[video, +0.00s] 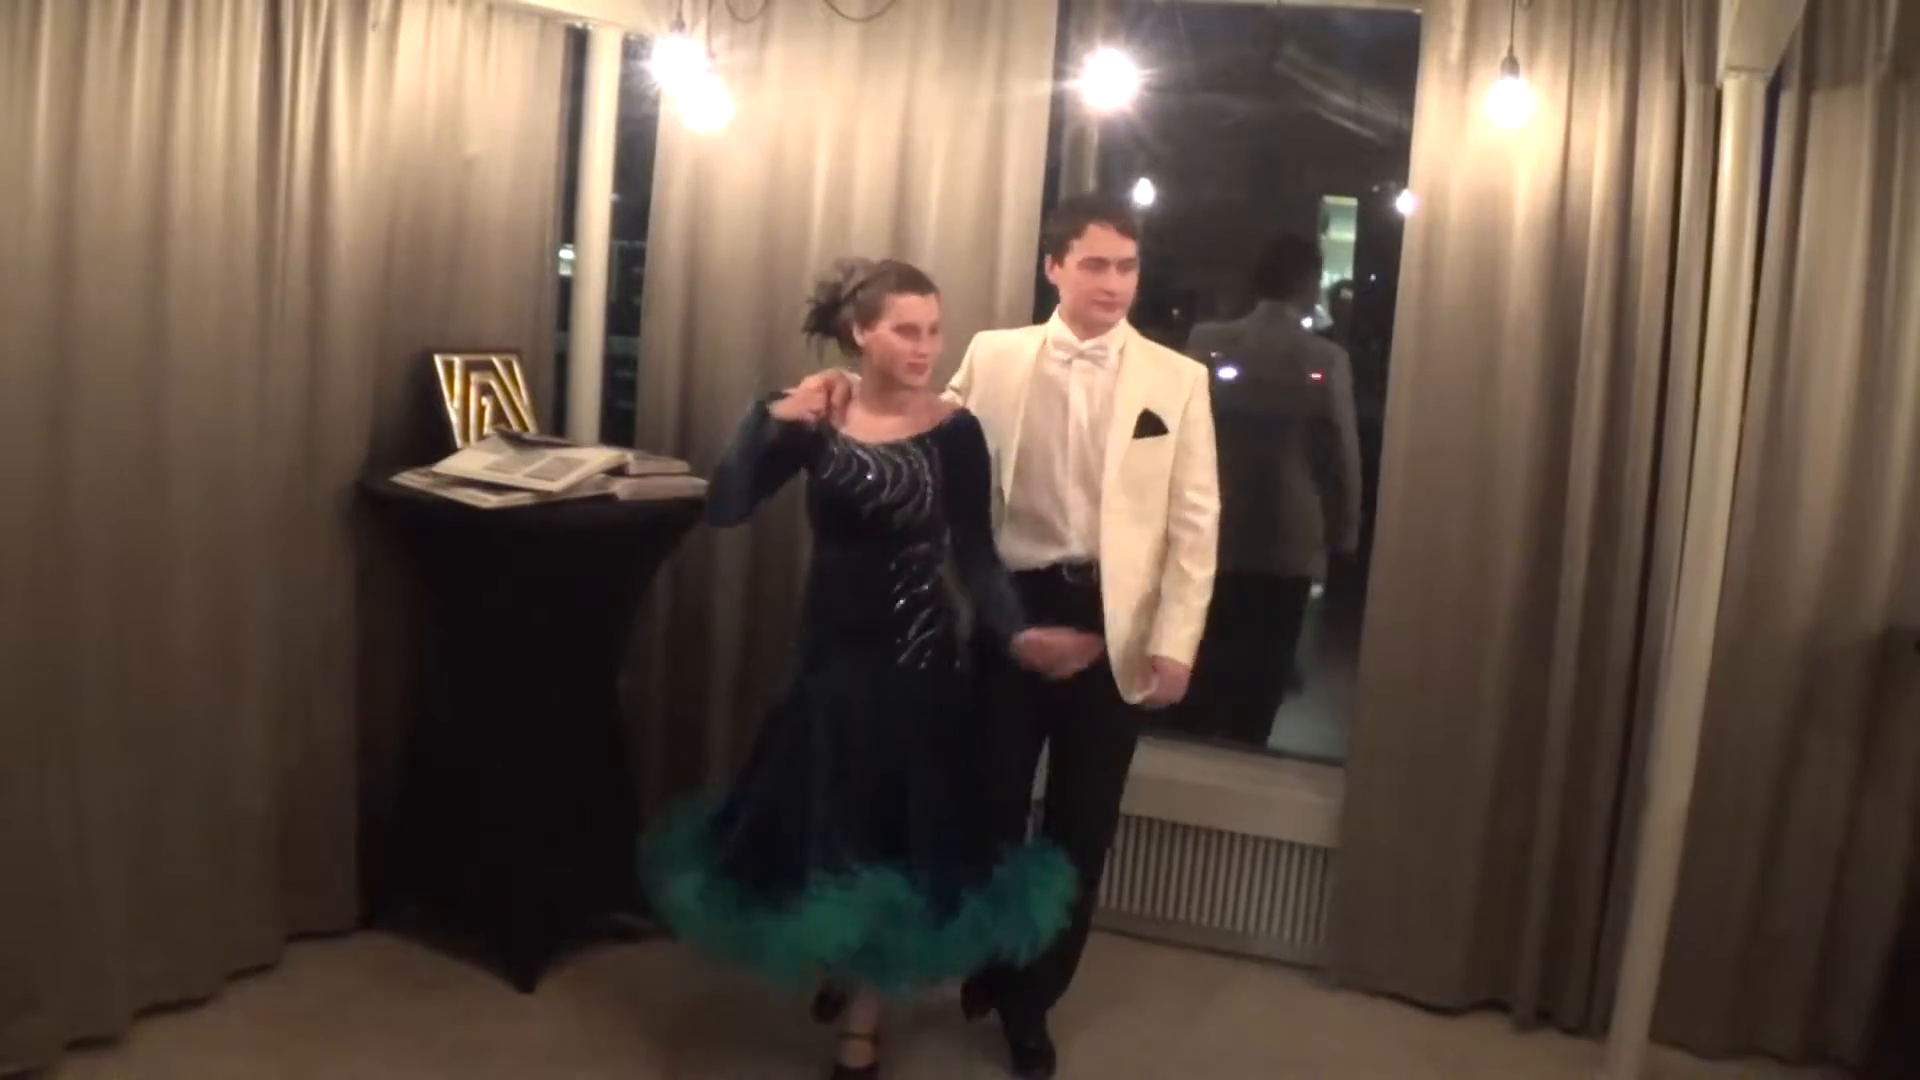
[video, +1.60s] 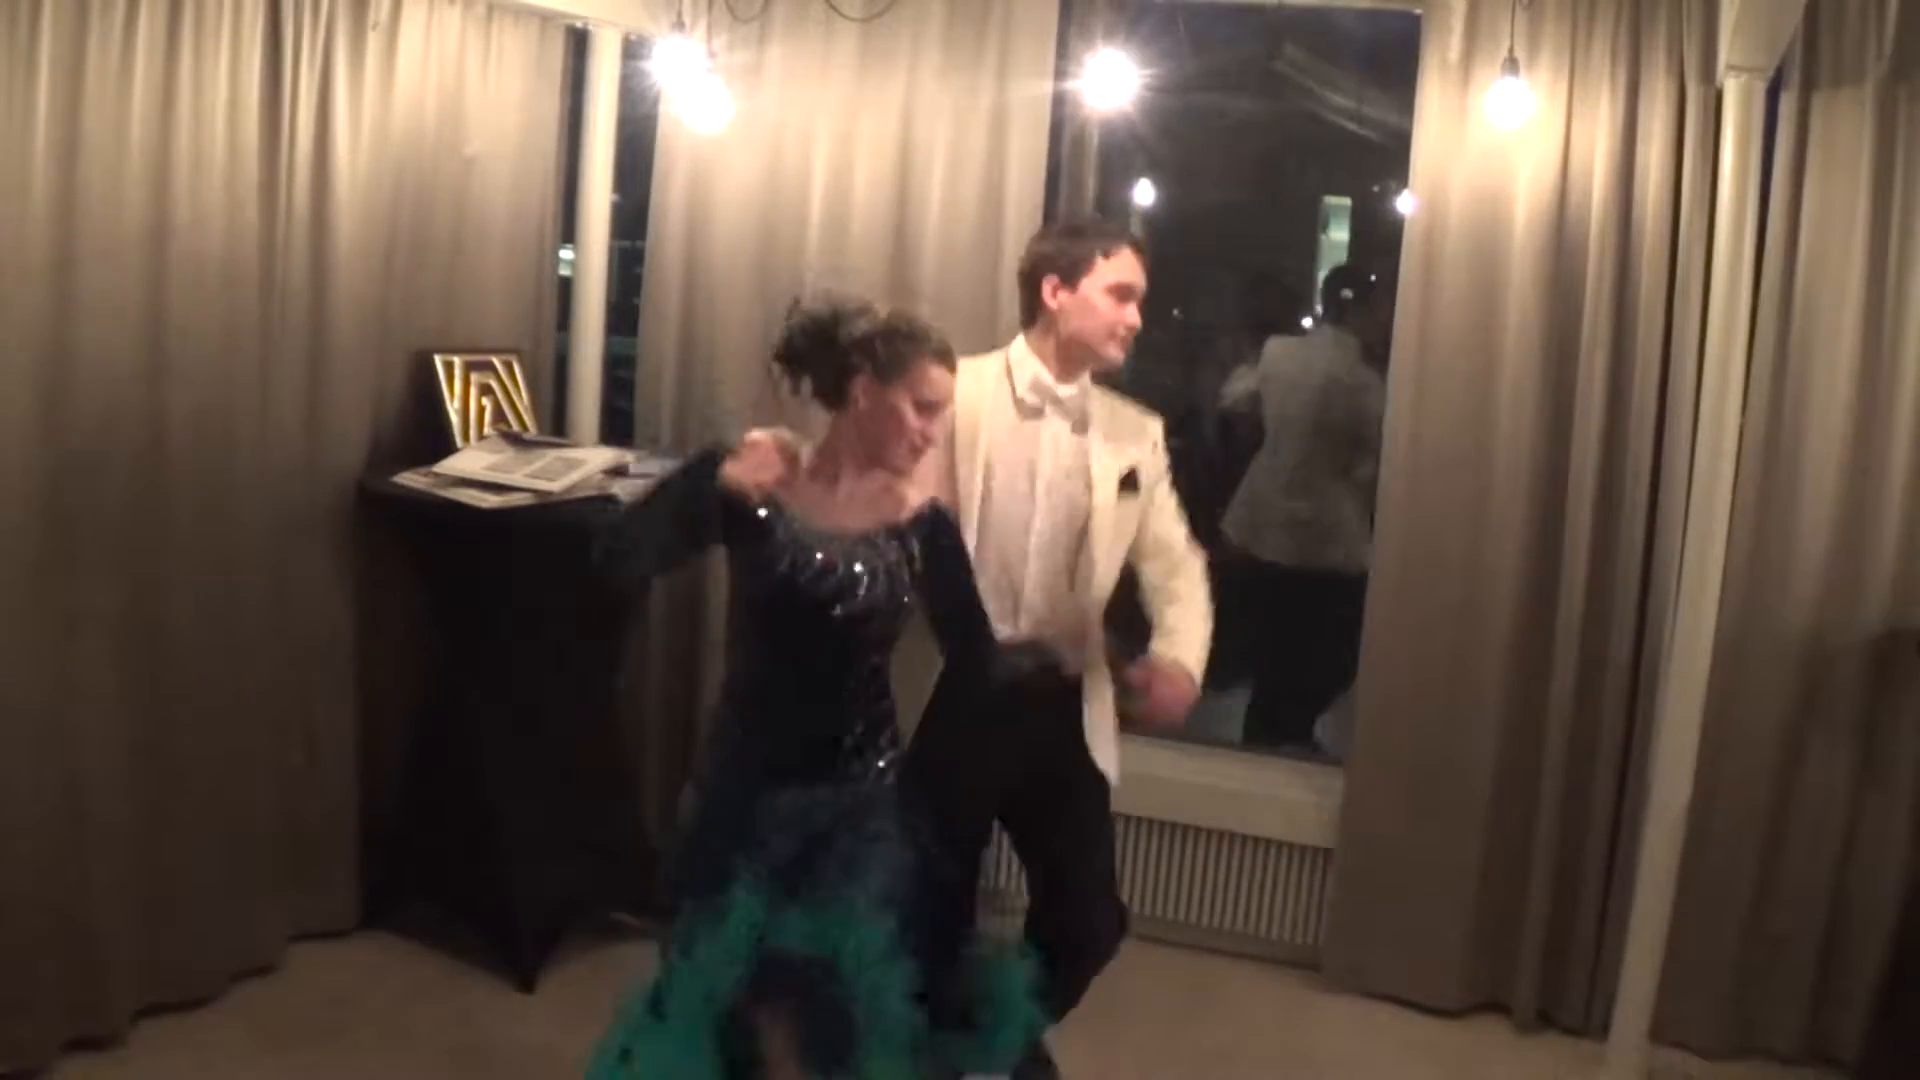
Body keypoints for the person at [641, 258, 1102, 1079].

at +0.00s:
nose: (925, 346)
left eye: (933, 331)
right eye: (906, 331)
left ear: (943, 338)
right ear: (858, 337)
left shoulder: (955, 431)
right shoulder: (819, 420)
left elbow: (976, 551)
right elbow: (726, 506)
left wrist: (1017, 631)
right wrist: (773, 419)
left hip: (930, 648)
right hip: (841, 643)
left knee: (900, 815)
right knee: (835, 805)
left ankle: (868, 999)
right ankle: (835, 958)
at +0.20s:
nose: (902, 347)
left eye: (911, 327)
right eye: (881, 334)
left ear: (926, 323)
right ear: (844, 337)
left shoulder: (949, 418)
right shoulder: (819, 408)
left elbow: (948, 535)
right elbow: (730, 497)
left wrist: (926, 584)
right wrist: (767, 411)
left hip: (915, 642)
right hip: (832, 635)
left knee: (896, 817)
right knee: (812, 812)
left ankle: (871, 1008)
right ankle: (813, 1021)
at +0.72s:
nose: (876, 372)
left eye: (889, 352)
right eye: (855, 355)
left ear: (906, 352)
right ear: (817, 361)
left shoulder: (931, 445)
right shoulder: (795, 435)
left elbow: (947, 575)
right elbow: (688, 525)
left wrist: (920, 682)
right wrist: (742, 452)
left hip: (893, 674)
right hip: (806, 665)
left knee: (883, 840)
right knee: (802, 833)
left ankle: (874, 1010)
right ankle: (822, 1005)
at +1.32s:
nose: (929, 354)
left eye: (936, 336)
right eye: (910, 333)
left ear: (941, 343)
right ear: (848, 335)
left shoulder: (939, 438)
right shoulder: (782, 426)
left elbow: (1018, 550)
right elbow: (641, 474)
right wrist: (742, 423)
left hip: (901, 691)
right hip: (801, 683)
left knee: (901, 878)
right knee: (777, 870)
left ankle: (891, 1042)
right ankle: (779, 1036)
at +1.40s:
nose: (934, 342)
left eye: (942, 324)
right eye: (919, 318)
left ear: (944, 333)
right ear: (857, 312)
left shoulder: (929, 429)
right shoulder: (777, 402)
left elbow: (1037, 484)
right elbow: (622, 395)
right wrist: (747, 361)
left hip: (895, 697)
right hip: (795, 688)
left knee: (897, 889)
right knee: (764, 882)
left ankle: (888, 1045)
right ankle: (753, 1047)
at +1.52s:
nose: (939, 386)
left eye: (945, 367)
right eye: (924, 363)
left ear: (948, 369)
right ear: (858, 349)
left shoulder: (929, 474)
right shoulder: (770, 438)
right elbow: (617, 468)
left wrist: (968, 518)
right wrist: (733, 422)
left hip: (870, 728)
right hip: (764, 719)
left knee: (843, 941)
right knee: (738, 938)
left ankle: (827, 1060)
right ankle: (739, 1061)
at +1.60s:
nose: (933, 432)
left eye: (940, 414)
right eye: (921, 407)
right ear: (860, 393)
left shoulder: (919, 522)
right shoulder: (754, 482)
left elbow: (975, 661)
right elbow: (621, 555)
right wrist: (717, 480)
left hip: (862, 778)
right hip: (751, 771)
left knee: (851, 975)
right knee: (742, 979)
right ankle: (770, 1063)